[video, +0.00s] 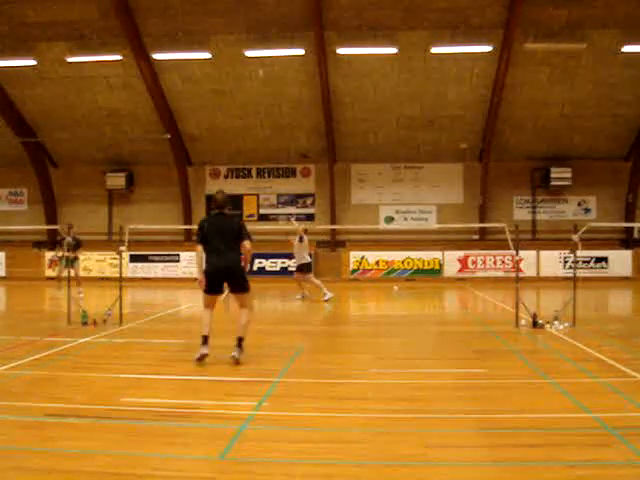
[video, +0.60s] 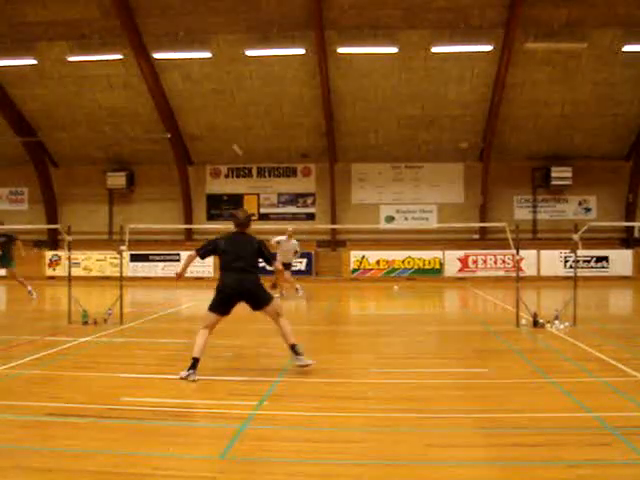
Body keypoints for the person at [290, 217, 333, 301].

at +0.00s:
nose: (299, 229)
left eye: (301, 228)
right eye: (299, 228)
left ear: (303, 231)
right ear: (299, 231)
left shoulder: (303, 238)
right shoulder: (297, 239)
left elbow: (300, 229)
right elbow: (295, 244)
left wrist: (294, 222)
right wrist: (291, 241)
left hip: (306, 261)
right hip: (299, 262)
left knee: (310, 278)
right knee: (297, 277)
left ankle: (326, 292)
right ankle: (303, 293)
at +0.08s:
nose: (296, 229)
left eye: (298, 227)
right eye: (295, 227)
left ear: (301, 229)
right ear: (295, 229)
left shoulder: (301, 237)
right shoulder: (294, 237)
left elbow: (298, 229)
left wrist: (294, 220)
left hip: (303, 260)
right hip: (297, 260)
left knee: (307, 276)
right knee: (295, 277)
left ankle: (325, 290)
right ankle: (303, 292)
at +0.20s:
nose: (295, 221)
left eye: (297, 220)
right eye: (295, 219)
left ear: (300, 222)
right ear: (294, 220)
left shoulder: (299, 229)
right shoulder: (291, 229)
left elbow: (298, 228)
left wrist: (297, 226)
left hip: (297, 251)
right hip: (291, 251)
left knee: (299, 269)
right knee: (294, 270)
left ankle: (312, 281)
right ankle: (300, 288)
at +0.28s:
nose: (294, 221)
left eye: (296, 220)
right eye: (294, 219)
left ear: (299, 221)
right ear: (292, 220)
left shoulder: (297, 228)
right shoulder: (291, 229)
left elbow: (298, 227)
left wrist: (297, 225)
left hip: (297, 250)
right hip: (290, 250)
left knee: (298, 268)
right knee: (292, 268)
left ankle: (309, 280)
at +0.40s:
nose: (293, 219)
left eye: (295, 218)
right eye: (293, 217)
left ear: (297, 221)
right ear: (292, 219)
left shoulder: (298, 229)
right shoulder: (285, 226)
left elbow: (305, 237)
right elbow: (276, 221)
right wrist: (285, 217)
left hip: (293, 251)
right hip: (285, 250)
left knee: (295, 270)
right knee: (286, 270)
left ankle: (300, 288)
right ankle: (288, 287)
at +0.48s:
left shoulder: (295, 236)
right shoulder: (282, 234)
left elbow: (302, 245)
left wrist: (299, 248)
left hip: (291, 256)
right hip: (282, 255)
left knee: (291, 274)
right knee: (281, 275)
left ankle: (297, 291)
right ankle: (281, 290)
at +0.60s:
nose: (289, 234)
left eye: (291, 233)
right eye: (288, 232)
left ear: (293, 234)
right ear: (286, 233)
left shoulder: (294, 242)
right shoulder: (281, 239)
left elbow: (297, 250)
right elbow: (273, 241)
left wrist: (293, 254)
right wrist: (275, 246)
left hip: (288, 261)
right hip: (280, 260)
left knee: (287, 276)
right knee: (280, 276)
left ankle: (296, 287)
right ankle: (281, 291)